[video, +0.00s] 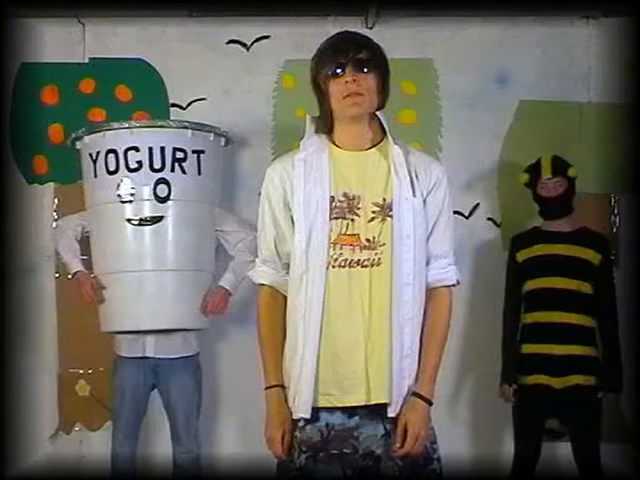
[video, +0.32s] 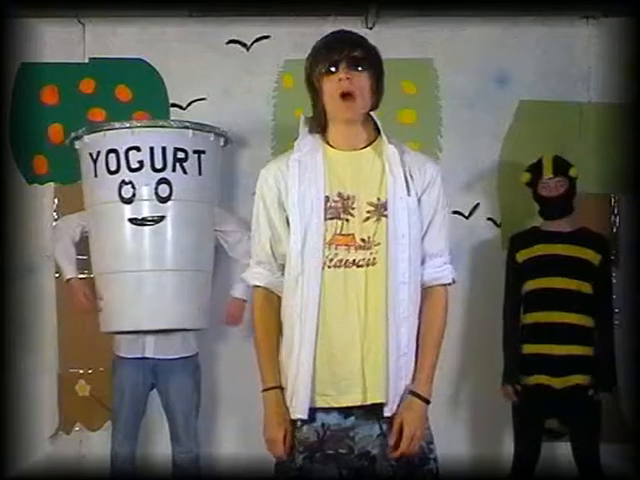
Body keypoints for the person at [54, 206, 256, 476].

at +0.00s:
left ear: (173, 186)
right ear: (130, 189)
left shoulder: (194, 212)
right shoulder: (116, 215)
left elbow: (248, 239)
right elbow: (65, 227)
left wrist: (226, 285)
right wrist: (79, 271)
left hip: (180, 349)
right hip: (129, 350)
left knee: (187, 447)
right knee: (122, 448)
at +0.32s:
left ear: (173, 189)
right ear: (128, 191)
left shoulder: (194, 212)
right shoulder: (115, 214)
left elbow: (245, 240)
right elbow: (63, 228)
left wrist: (240, 293)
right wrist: (73, 277)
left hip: (179, 349)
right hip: (129, 350)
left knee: (186, 446)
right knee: (122, 446)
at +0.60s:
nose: (151, 198)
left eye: (161, 191)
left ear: (175, 189)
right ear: (129, 190)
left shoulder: (193, 213)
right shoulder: (114, 214)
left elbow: (244, 240)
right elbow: (64, 229)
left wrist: (242, 293)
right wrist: (73, 279)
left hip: (180, 349)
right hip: (129, 350)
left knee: (186, 446)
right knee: (123, 447)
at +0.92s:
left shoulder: (189, 218)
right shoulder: (117, 213)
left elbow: (222, 248)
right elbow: (65, 227)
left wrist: (223, 296)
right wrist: (76, 277)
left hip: (180, 348)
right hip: (129, 350)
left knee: (186, 446)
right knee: (122, 448)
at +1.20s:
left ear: (169, 190)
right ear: (129, 191)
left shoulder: (186, 221)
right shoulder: (114, 215)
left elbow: (217, 249)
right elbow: (65, 228)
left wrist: (211, 294)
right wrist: (84, 277)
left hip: (179, 349)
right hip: (129, 351)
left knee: (186, 446)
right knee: (122, 447)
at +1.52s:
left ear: (171, 191)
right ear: (130, 192)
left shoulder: (188, 221)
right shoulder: (115, 216)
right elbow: (64, 229)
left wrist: (205, 293)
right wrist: (85, 277)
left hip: (179, 351)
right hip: (129, 352)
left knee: (186, 446)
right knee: (122, 447)